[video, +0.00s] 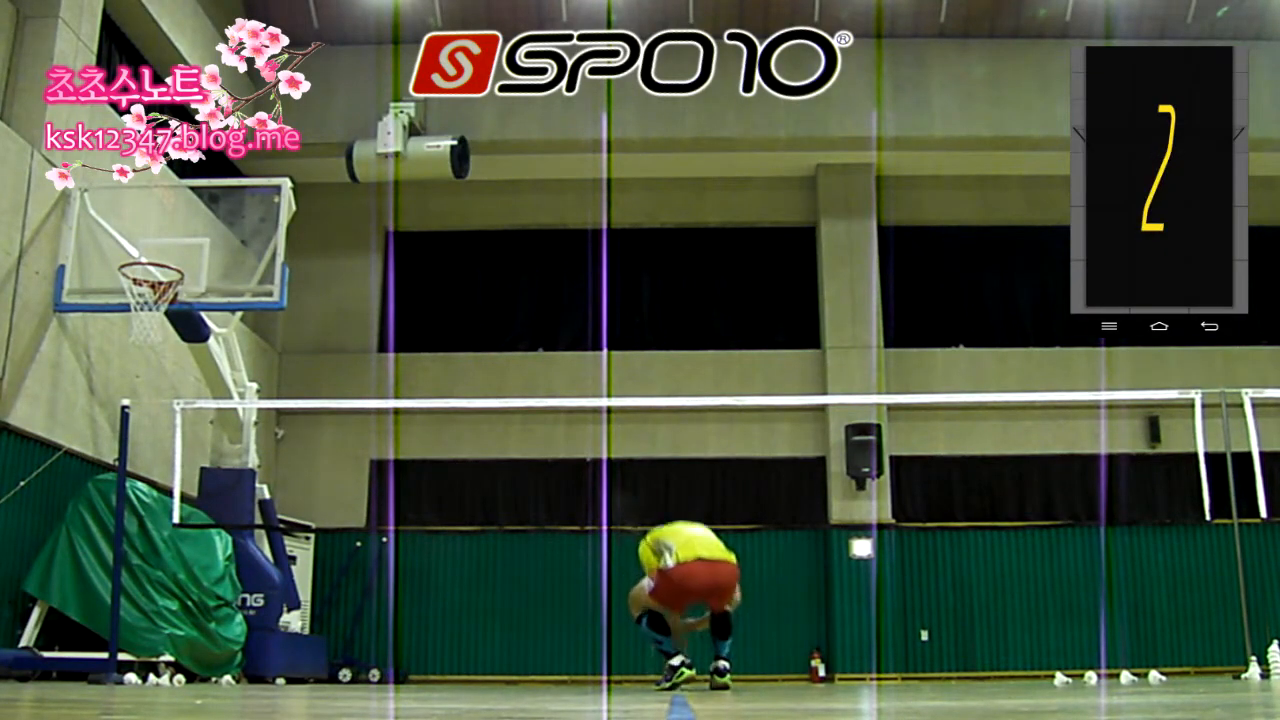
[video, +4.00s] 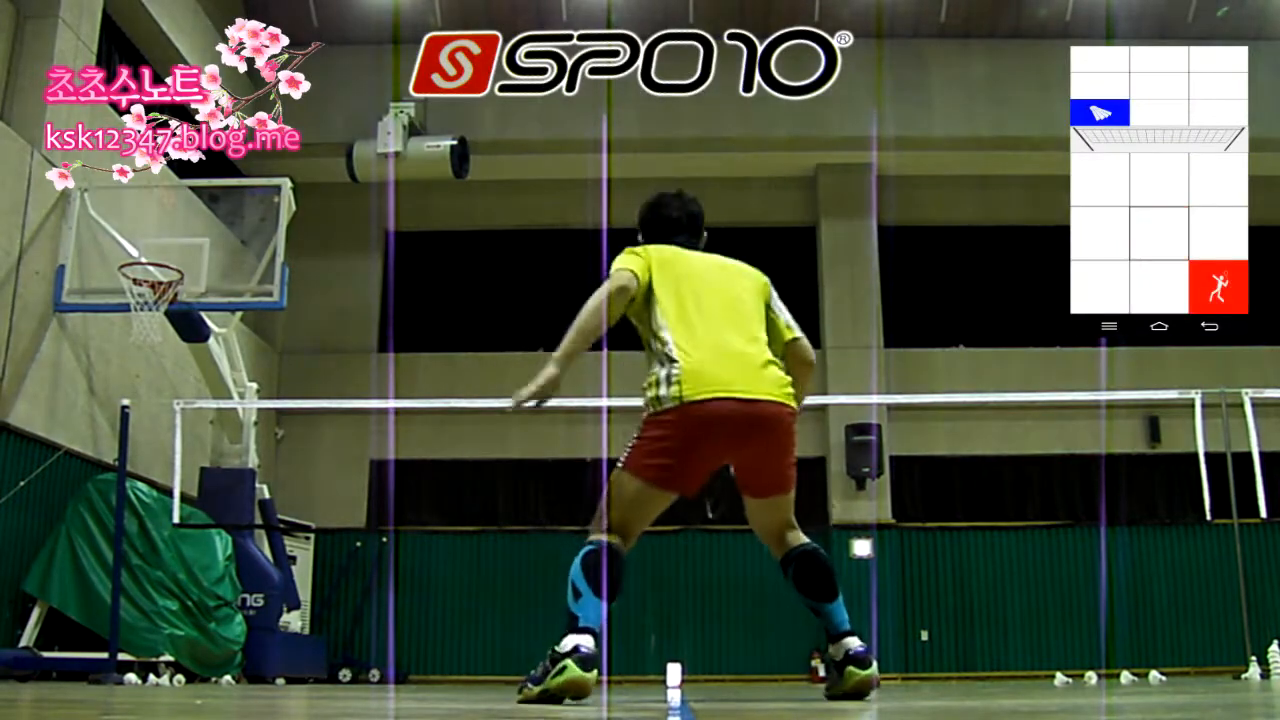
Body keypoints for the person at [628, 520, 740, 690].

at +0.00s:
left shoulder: (648, 543)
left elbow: (669, 610)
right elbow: (735, 599)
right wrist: (700, 623)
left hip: (681, 573)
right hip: (724, 569)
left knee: (636, 602)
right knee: (721, 609)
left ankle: (676, 662)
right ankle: (721, 665)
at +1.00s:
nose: (640, 319)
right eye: (643, 313)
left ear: (608, 315)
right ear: (646, 315)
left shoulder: (590, 349)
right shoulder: (674, 347)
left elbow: (570, 409)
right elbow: (694, 406)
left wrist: (600, 427)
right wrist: (658, 422)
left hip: (605, 475)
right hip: (659, 474)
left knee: (607, 576)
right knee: (668, 571)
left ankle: (602, 668)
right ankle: (654, 620)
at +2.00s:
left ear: (618, 231)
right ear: (673, 231)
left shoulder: (602, 264)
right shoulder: (710, 270)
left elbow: (576, 306)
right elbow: (752, 336)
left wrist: (554, 397)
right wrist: (746, 418)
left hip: (626, 423)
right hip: (703, 423)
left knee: (574, 541)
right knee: (751, 546)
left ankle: (543, 649)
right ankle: (808, 651)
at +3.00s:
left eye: (641, 144)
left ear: (641, 145)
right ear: (696, 143)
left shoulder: (622, 181)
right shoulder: (741, 185)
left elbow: (595, 243)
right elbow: (783, 262)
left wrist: (606, 318)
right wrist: (750, 331)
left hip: (648, 366)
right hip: (730, 365)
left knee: (598, 500)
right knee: (768, 511)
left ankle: (557, 629)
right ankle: (816, 641)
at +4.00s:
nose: (639, 248)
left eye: (640, 240)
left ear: (644, 236)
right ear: (703, 237)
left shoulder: (643, 255)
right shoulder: (750, 276)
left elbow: (618, 290)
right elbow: (803, 357)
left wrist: (555, 365)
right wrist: (778, 419)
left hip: (688, 406)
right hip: (770, 408)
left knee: (612, 532)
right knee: (783, 530)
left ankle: (581, 644)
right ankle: (848, 644)